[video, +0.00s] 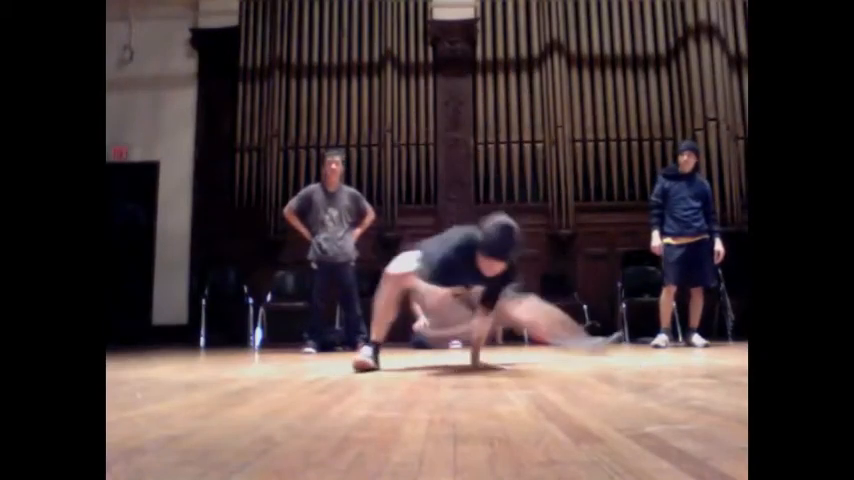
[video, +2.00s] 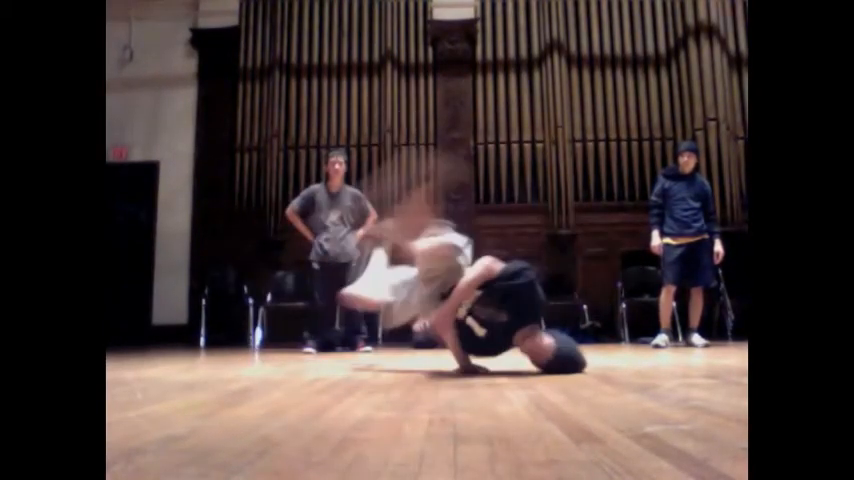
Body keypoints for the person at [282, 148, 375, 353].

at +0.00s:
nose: (332, 168)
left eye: (336, 164)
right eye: (329, 164)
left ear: (342, 169)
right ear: (323, 168)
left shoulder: (351, 194)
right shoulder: (312, 192)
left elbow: (370, 214)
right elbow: (288, 211)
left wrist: (355, 233)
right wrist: (308, 235)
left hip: (345, 252)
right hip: (321, 252)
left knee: (351, 299)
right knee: (318, 300)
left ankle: (357, 338)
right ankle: (314, 340)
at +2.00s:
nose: (336, 167)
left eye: (340, 163)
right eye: (333, 163)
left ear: (345, 168)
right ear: (326, 167)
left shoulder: (354, 195)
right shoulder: (314, 192)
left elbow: (372, 215)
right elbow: (291, 212)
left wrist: (359, 234)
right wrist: (310, 237)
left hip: (347, 252)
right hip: (322, 251)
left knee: (350, 297)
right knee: (321, 299)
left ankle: (357, 339)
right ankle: (317, 340)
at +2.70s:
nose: (337, 167)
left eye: (341, 163)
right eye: (334, 163)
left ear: (346, 167)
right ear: (326, 167)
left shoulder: (354, 194)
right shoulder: (314, 192)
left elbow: (373, 214)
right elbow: (290, 211)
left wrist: (360, 234)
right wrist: (307, 233)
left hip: (350, 259)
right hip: (318, 257)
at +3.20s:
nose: (337, 167)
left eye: (340, 164)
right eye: (334, 163)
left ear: (345, 167)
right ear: (326, 167)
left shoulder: (354, 194)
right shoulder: (314, 192)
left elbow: (373, 214)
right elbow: (291, 212)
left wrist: (360, 233)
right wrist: (310, 236)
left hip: (349, 248)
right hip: (320, 248)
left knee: (359, 294)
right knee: (316, 294)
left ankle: (353, 340)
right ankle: (313, 340)